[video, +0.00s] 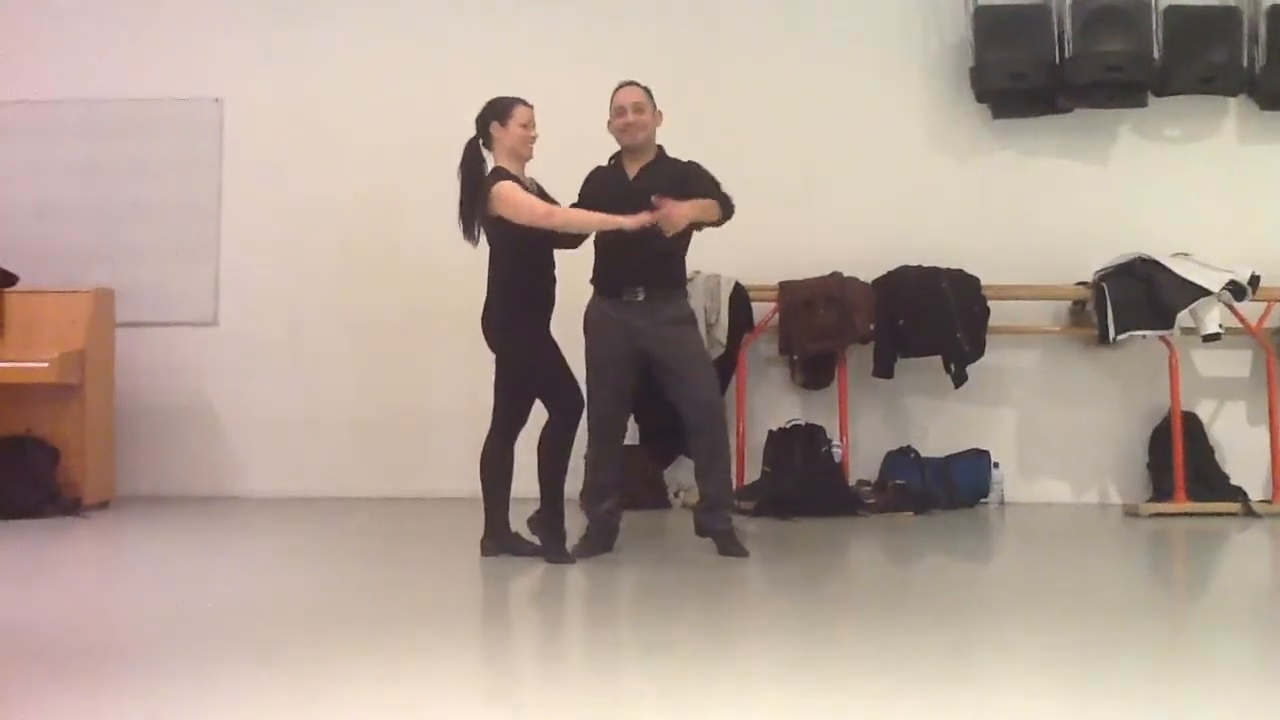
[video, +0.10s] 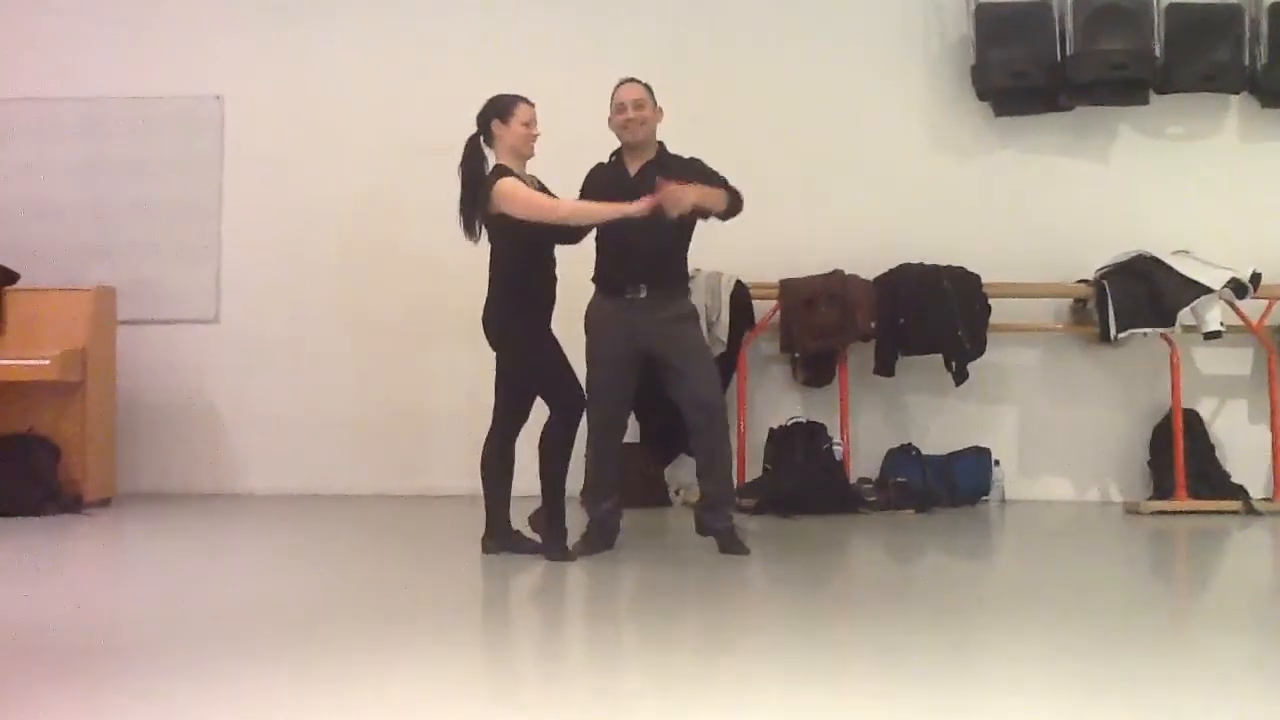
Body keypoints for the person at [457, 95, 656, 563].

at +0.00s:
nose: (534, 133)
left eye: (534, 126)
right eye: (525, 126)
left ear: (519, 135)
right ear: (496, 132)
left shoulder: (524, 186)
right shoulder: (500, 189)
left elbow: (567, 241)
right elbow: (559, 223)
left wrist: (589, 217)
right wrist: (625, 221)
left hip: (527, 319)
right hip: (513, 322)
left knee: (506, 425)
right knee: (567, 404)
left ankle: (496, 531)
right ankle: (550, 517)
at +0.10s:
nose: (536, 131)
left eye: (535, 124)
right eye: (527, 124)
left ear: (519, 134)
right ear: (498, 130)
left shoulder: (523, 183)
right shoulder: (501, 186)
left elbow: (569, 231)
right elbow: (565, 214)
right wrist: (632, 208)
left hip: (527, 317)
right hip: (515, 320)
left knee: (506, 423)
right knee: (569, 403)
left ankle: (497, 529)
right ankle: (551, 517)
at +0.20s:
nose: (534, 134)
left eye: (533, 127)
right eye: (525, 127)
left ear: (509, 134)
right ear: (496, 132)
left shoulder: (518, 184)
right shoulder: (498, 186)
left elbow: (563, 212)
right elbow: (555, 206)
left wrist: (622, 194)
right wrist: (628, 190)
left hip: (521, 318)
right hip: (514, 322)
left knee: (503, 425)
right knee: (566, 408)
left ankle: (494, 531)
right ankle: (549, 519)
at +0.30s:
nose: (532, 137)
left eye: (532, 129)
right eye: (524, 129)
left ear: (506, 135)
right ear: (495, 132)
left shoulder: (514, 185)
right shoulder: (502, 188)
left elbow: (568, 198)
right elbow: (567, 195)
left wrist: (617, 176)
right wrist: (622, 174)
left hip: (518, 318)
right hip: (514, 322)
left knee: (502, 426)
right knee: (567, 409)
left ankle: (494, 532)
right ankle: (548, 518)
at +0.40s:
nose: (528, 134)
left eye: (528, 126)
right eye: (520, 126)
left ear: (500, 130)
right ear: (492, 127)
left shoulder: (507, 182)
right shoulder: (497, 183)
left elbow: (564, 189)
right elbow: (565, 183)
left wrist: (619, 155)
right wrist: (623, 154)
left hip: (513, 315)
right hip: (510, 318)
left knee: (499, 423)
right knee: (563, 404)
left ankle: (491, 529)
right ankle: (546, 517)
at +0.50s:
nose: (521, 135)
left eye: (522, 127)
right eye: (514, 126)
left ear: (496, 131)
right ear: (485, 128)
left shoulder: (503, 182)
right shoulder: (489, 184)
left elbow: (559, 188)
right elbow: (559, 186)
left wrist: (617, 159)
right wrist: (620, 161)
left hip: (507, 316)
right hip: (504, 320)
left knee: (499, 422)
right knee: (561, 405)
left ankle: (490, 530)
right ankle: (545, 518)